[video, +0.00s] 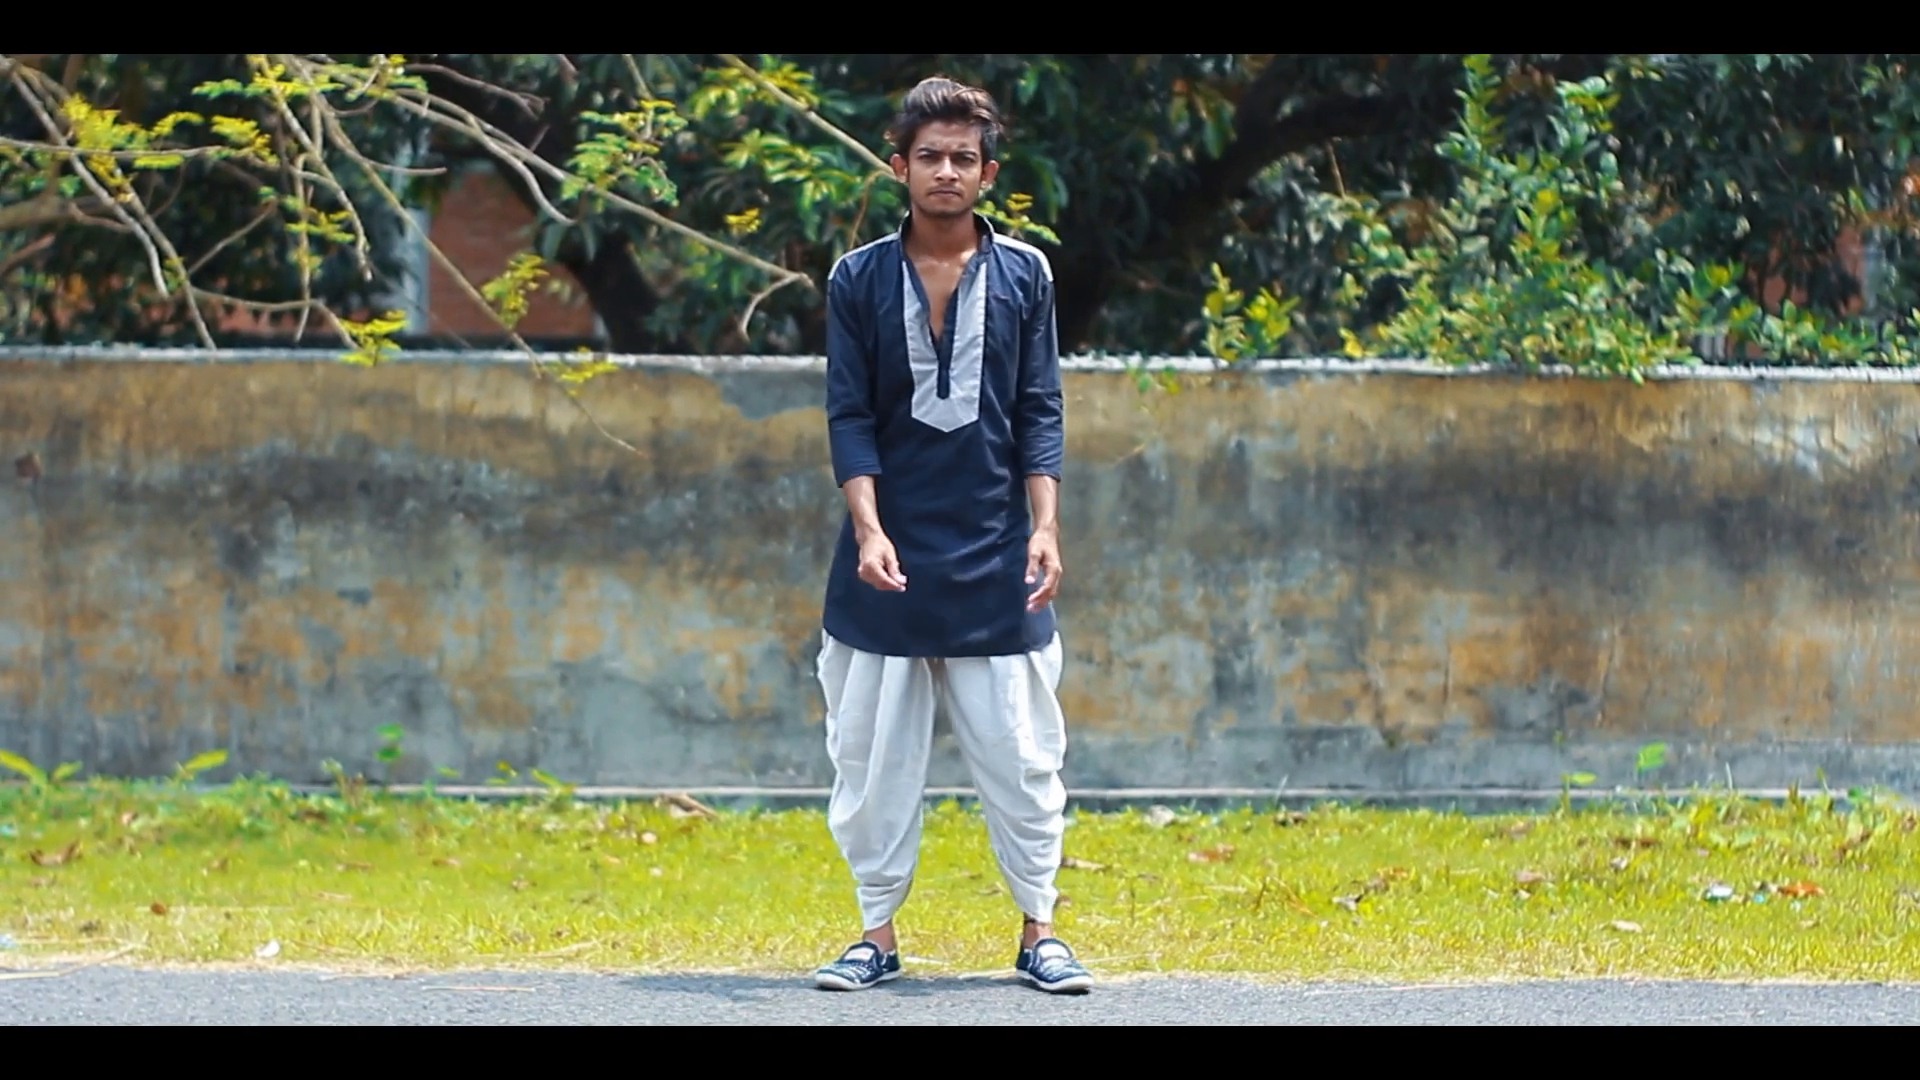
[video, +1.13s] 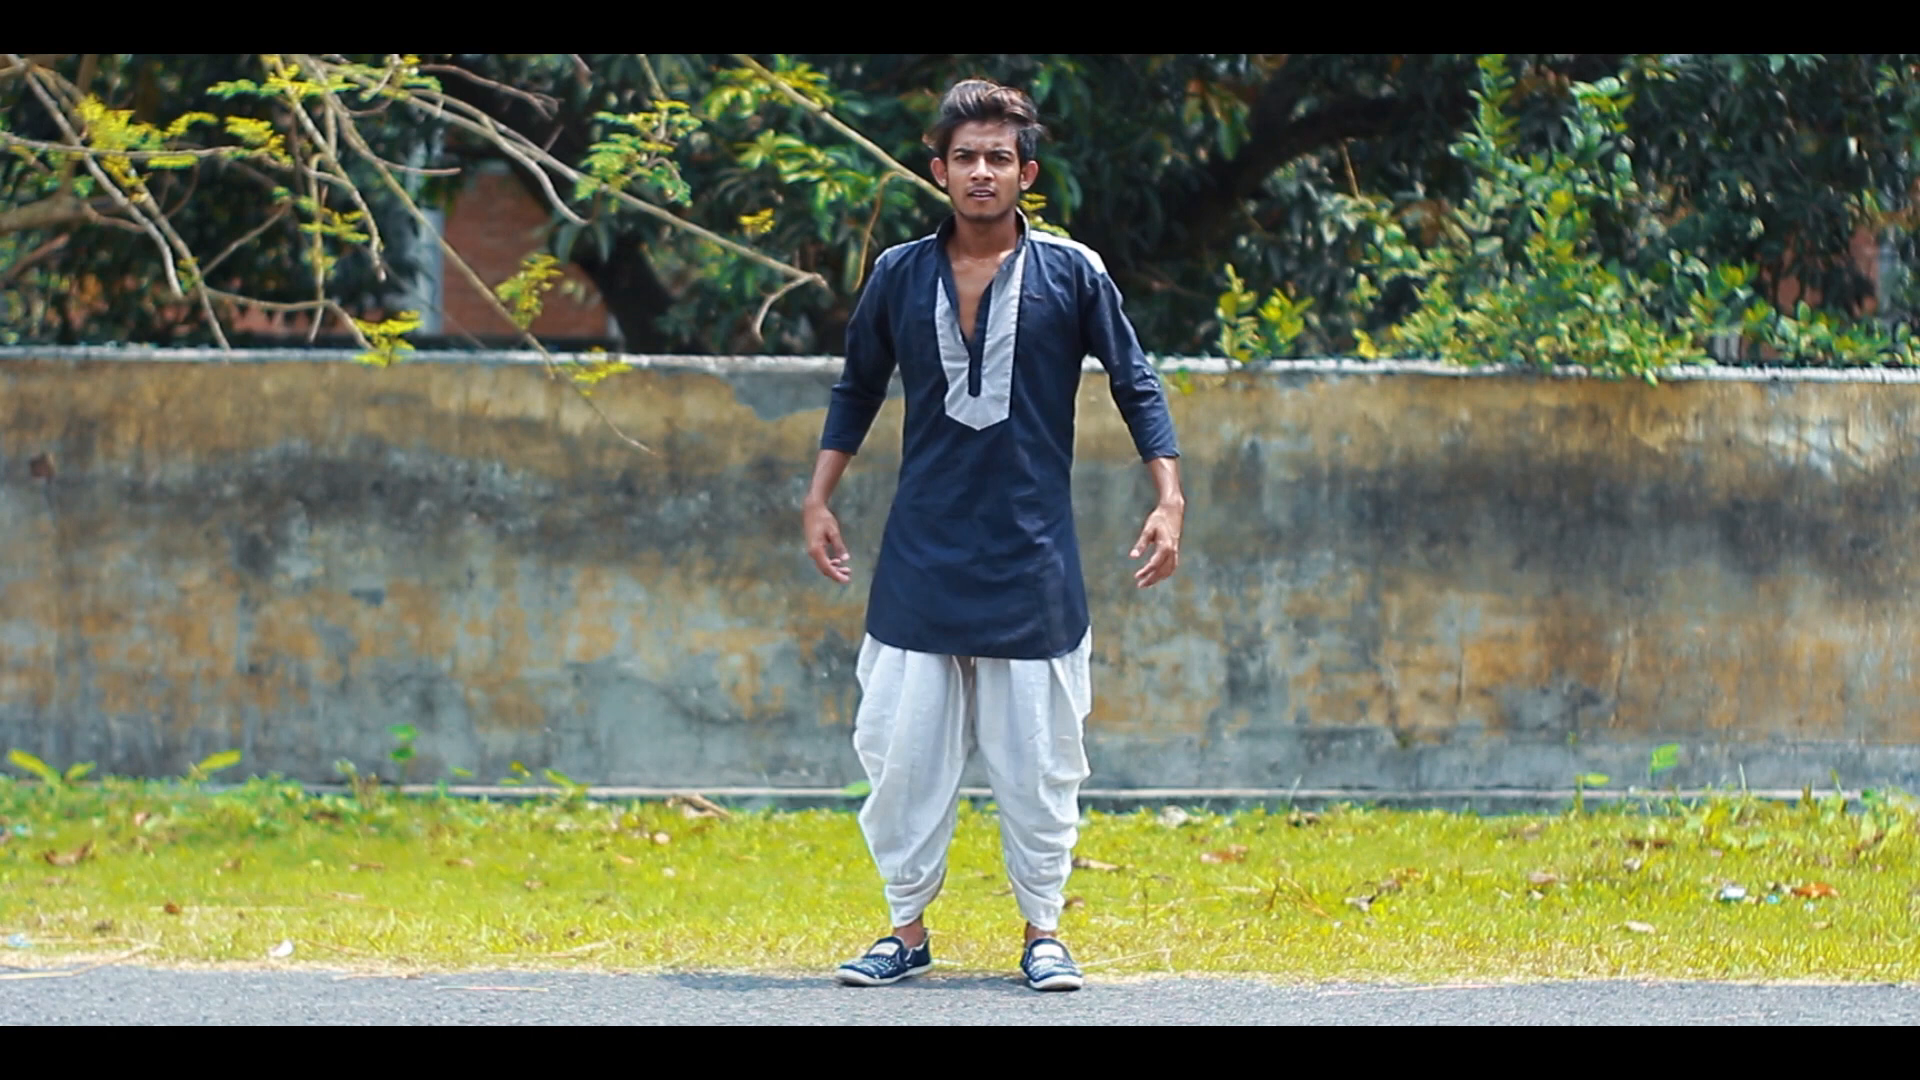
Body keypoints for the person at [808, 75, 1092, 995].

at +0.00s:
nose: (947, 173)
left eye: (964, 159)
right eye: (931, 158)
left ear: (986, 170)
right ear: (902, 167)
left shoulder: (1023, 273)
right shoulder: (858, 277)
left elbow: (1041, 408)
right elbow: (848, 414)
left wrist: (1043, 521)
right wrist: (867, 525)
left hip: (994, 540)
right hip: (886, 541)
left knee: (1020, 742)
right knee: (871, 745)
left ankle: (1039, 934)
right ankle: (877, 937)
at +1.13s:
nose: (982, 173)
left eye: (999, 158)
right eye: (966, 158)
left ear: (1027, 171)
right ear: (941, 168)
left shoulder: (1073, 271)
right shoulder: (897, 273)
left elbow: (1138, 385)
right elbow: (857, 388)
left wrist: (1170, 497)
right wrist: (818, 495)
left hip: (1031, 548)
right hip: (922, 545)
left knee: (1038, 753)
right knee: (897, 745)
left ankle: (1044, 933)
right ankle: (908, 931)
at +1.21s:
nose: (980, 194)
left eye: (997, 179)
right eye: (964, 178)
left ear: (1023, 193)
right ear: (938, 190)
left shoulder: (1063, 297)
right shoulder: (904, 298)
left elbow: (1148, 402)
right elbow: (878, 423)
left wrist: (1244, 489)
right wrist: (775, 488)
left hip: (1024, 561)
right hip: (920, 557)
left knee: (1042, 760)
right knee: (886, 750)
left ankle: (1042, 935)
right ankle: (902, 932)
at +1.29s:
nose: (981, 202)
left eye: (998, 187)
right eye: (966, 187)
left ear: (1025, 200)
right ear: (940, 198)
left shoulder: (1068, 298)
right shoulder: (908, 299)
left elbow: (1184, 363)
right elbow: (844, 388)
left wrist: (1314, 376)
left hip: (1025, 572)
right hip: (920, 568)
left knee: (1040, 763)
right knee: (878, 754)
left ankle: (1041, 936)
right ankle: (900, 937)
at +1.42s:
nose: (1005, 154)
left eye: (1020, 138)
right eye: (990, 138)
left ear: (1051, 142)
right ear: (966, 143)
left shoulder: (1093, 223)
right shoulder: (931, 220)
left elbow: (1170, 245)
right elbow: (835, 230)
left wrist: (1215, 242)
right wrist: (787, 209)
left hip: (1051, 515)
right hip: (949, 511)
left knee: (1026, 715)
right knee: (918, 720)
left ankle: (1016, 903)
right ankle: (939, 906)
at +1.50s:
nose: (1023, 145)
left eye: (1040, 129)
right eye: (1008, 130)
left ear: (1073, 132)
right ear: (985, 132)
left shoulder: (1110, 212)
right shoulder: (959, 205)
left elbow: (1155, 289)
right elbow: (837, 253)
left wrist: (1066, 287)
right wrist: (924, 246)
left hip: (1067, 491)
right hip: (973, 485)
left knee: (1017, 690)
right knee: (936, 695)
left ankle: (986, 892)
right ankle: (1022, 884)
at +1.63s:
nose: (1053, 186)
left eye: (1071, 168)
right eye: (1037, 169)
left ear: (1103, 183)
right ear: (1014, 180)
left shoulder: (1130, 288)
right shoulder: (987, 280)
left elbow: (1083, 404)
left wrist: (984, 339)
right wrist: (1030, 294)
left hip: (1097, 533)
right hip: (1001, 525)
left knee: (1010, 710)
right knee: (989, 726)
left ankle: (943, 924)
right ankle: (1095, 929)